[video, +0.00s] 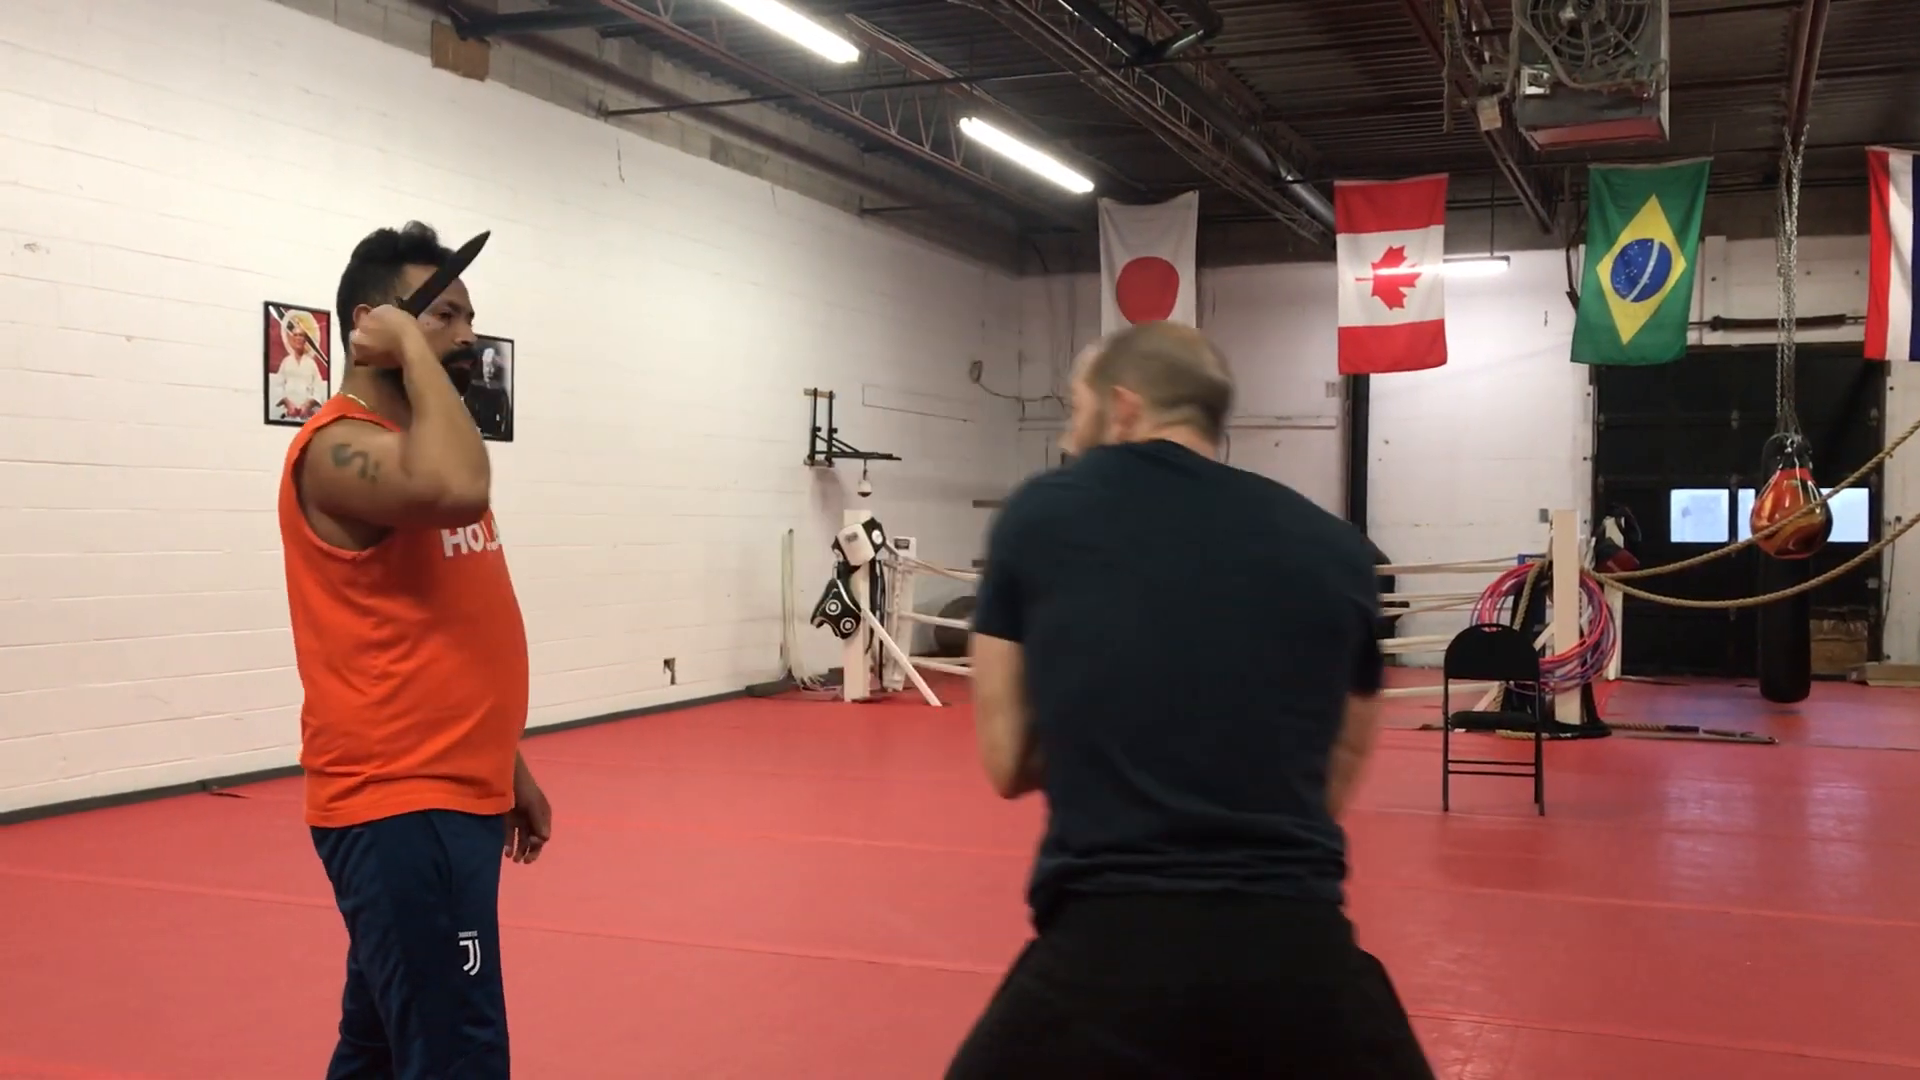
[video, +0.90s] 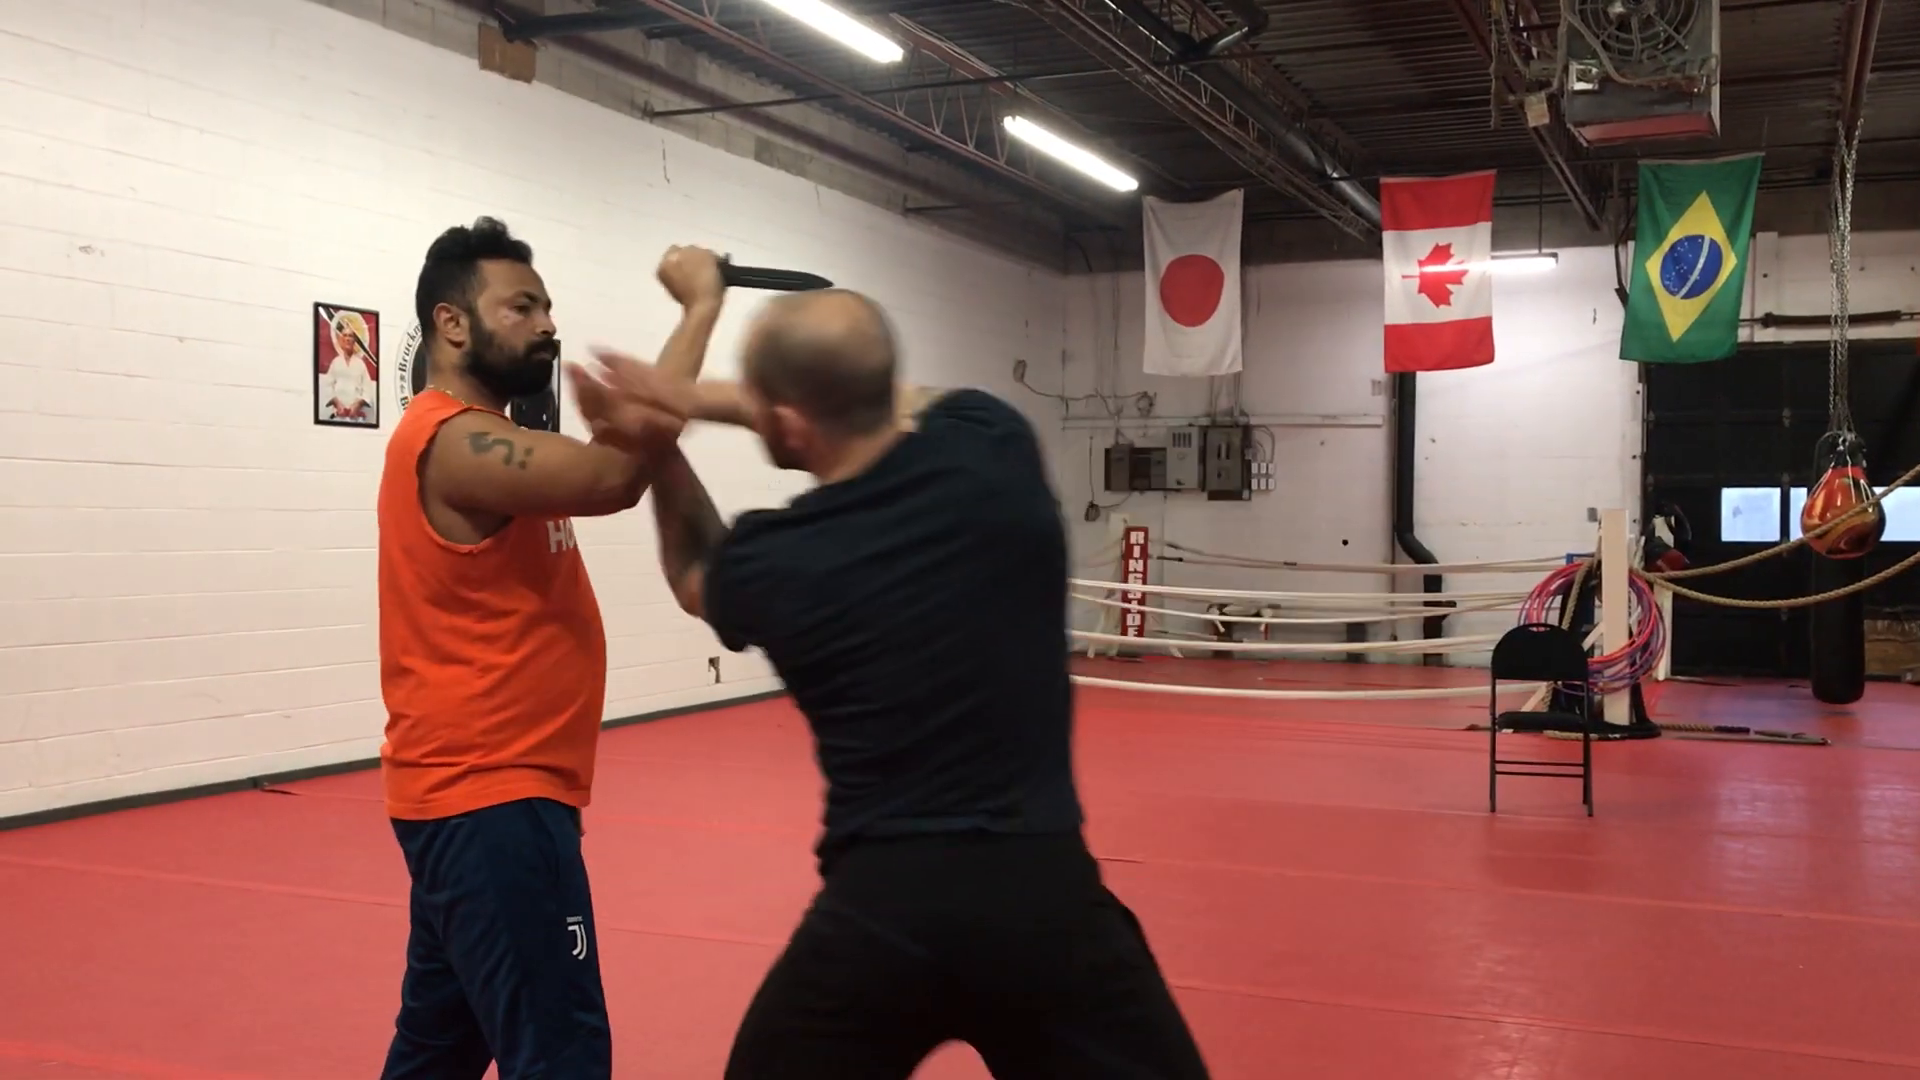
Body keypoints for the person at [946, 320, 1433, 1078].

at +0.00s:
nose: (1068, 430)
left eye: (1075, 406)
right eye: (1068, 406)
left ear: (1122, 406)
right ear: (1215, 420)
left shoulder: (1041, 512)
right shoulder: (1335, 541)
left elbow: (1010, 764)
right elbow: (1336, 783)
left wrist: (1126, 691)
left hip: (1102, 960)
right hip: (1304, 962)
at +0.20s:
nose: (1161, 475)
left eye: (1169, 446)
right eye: (1164, 447)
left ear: (1215, 445)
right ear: (1306, 461)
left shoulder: (1126, 544)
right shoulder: (1427, 586)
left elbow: (1081, 794)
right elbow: (1426, 845)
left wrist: (1225, 768)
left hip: (1154, 994)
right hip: (1371, 1007)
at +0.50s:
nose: (1120, 470)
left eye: (1129, 447)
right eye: (1123, 447)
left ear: (1181, 456)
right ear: (1268, 458)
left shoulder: (1099, 559)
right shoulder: (1390, 571)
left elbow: (1037, 813)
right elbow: (1362, 783)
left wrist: (1165, 749)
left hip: (1147, 995)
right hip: (1349, 1007)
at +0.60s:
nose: (1041, 451)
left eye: (1049, 429)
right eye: (1042, 429)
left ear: (1099, 446)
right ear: (1190, 437)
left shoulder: (1031, 562)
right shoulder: (1305, 545)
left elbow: (962, 796)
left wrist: (992, 628)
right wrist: (997, 596)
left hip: (1092, 988)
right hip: (1280, 988)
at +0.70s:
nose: (936, 435)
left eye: (942, 414)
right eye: (937, 412)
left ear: (987, 438)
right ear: (1082, 414)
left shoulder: (933, 573)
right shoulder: (1184, 505)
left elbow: (866, 730)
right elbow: (1055, 516)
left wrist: (865, 554)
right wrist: (905, 512)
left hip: (1003, 959)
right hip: (1183, 958)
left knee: (856, 1067)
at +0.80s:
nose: (841, 416)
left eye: (842, 397)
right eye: (838, 392)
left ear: (884, 430)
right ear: (976, 391)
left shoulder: (848, 572)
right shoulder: (1076, 467)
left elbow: (765, 644)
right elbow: (921, 443)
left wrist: (739, 492)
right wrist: (776, 446)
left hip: (924, 944)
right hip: (1101, 936)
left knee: (794, 1069)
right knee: (1213, 1070)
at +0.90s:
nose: (758, 409)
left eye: (757, 398)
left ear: (786, 428)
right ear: (890, 375)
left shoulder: (775, 567)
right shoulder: (998, 450)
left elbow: (698, 575)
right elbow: (872, 396)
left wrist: (658, 449)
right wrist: (688, 396)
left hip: (875, 925)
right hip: (1052, 911)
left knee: (765, 1067)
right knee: (1167, 1069)